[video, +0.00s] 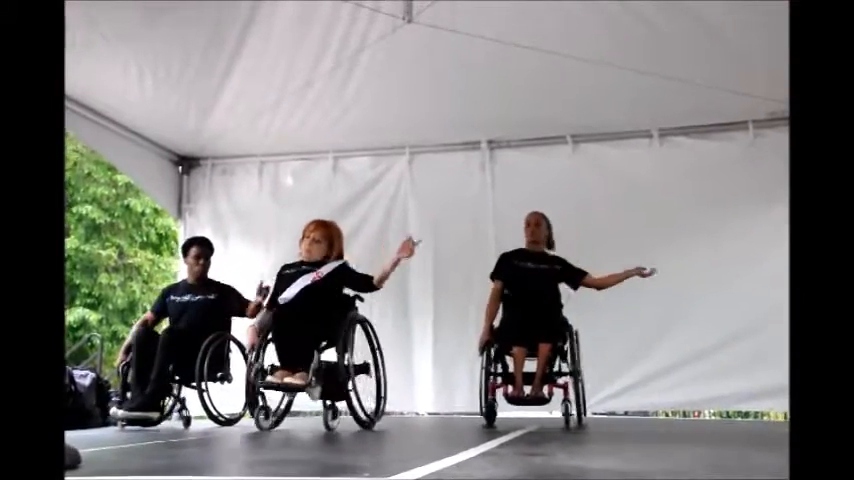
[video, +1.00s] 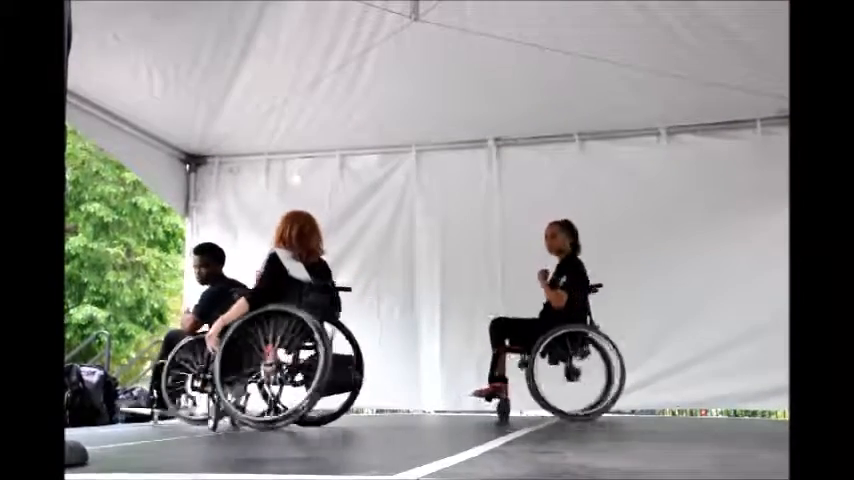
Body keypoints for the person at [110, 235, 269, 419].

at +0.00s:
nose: (203, 262)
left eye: (207, 258)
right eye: (197, 257)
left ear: (211, 261)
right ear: (186, 260)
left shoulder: (223, 292)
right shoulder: (172, 292)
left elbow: (250, 312)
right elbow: (147, 320)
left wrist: (260, 300)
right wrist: (126, 348)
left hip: (211, 357)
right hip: (180, 356)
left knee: (170, 335)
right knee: (144, 334)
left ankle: (153, 401)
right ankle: (138, 399)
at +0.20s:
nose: (209, 264)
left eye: (214, 260)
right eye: (204, 259)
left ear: (219, 262)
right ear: (194, 260)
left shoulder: (230, 296)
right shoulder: (178, 291)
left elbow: (249, 326)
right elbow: (153, 319)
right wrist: (131, 349)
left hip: (214, 360)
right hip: (182, 356)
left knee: (175, 336)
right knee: (151, 336)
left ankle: (156, 402)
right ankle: (142, 400)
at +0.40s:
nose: (213, 266)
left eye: (218, 261)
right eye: (208, 260)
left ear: (224, 263)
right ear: (200, 260)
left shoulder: (234, 295)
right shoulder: (185, 288)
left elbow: (241, 323)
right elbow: (166, 315)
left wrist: (208, 319)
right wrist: (152, 339)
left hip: (217, 355)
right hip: (187, 351)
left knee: (176, 334)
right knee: (152, 335)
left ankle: (157, 400)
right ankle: (144, 398)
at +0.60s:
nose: (199, 268)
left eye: (204, 263)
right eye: (197, 262)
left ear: (218, 262)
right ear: (194, 262)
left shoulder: (231, 290)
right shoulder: (198, 287)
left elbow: (237, 324)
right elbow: (198, 317)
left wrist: (207, 317)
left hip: (221, 351)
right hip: (199, 348)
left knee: (174, 332)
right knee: (155, 334)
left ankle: (147, 397)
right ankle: (141, 395)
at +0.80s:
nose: (195, 272)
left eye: (200, 267)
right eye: (192, 267)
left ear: (213, 266)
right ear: (189, 267)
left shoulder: (221, 289)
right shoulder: (215, 288)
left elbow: (221, 323)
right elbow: (216, 320)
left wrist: (196, 323)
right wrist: (198, 323)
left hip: (226, 348)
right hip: (220, 344)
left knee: (169, 337)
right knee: (168, 336)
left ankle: (146, 395)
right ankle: (150, 391)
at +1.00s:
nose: (198, 272)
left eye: (203, 267)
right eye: (196, 267)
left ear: (218, 266)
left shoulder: (213, 293)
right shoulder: (241, 288)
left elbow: (190, 327)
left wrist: (186, 315)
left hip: (225, 362)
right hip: (248, 358)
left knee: (173, 337)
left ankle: (160, 396)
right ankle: (173, 396)